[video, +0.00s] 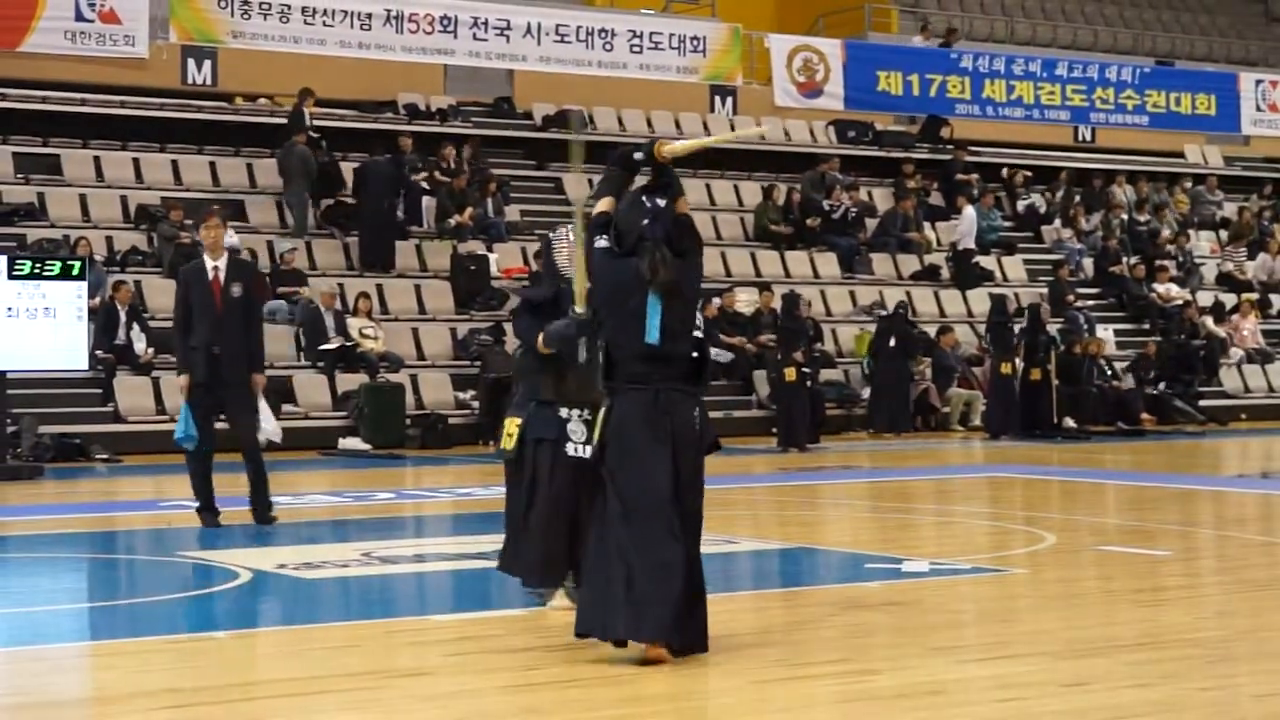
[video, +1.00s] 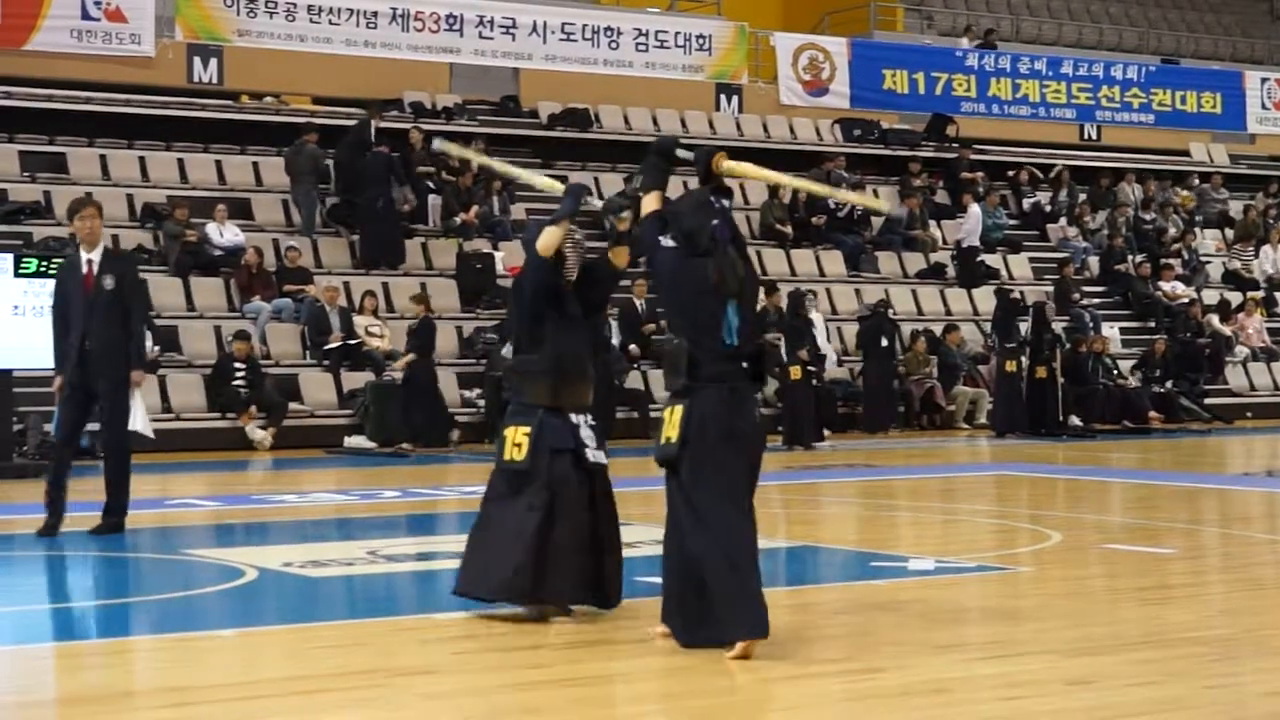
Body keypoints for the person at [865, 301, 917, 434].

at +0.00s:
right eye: (905, 312)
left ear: (893, 311)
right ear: (906, 313)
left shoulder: (883, 326)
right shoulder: (907, 329)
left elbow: (873, 348)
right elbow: (912, 351)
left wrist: (877, 362)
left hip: (882, 368)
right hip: (900, 369)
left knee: (880, 398)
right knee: (899, 398)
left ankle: (878, 426)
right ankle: (899, 426)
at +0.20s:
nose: (896, 314)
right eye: (898, 311)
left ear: (888, 310)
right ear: (901, 312)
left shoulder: (877, 326)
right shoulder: (902, 327)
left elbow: (870, 350)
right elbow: (906, 351)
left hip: (879, 368)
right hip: (896, 368)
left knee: (879, 398)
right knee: (898, 398)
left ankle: (878, 427)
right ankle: (899, 426)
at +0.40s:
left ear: (877, 311)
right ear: (892, 312)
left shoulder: (870, 327)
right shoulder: (895, 328)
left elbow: (864, 349)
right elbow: (901, 349)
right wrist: (893, 356)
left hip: (874, 368)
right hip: (893, 367)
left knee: (876, 398)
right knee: (895, 397)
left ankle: (877, 426)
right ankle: (895, 425)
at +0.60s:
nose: (883, 313)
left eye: (882, 309)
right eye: (884, 310)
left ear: (873, 310)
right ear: (888, 311)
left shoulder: (866, 325)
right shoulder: (891, 325)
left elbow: (860, 346)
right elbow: (896, 347)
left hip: (870, 367)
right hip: (887, 367)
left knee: (873, 396)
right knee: (887, 396)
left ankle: (874, 425)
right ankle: (886, 425)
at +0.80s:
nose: (884, 313)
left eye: (884, 310)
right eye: (885, 310)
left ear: (873, 310)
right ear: (886, 311)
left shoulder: (865, 325)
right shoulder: (891, 325)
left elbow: (860, 346)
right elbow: (899, 348)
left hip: (870, 366)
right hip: (887, 365)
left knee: (871, 395)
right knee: (886, 395)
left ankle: (871, 424)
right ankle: (886, 423)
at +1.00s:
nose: (885, 313)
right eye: (885, 310)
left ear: (873, 309)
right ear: (887, 311)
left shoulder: (866, 325)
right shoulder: (891, 325)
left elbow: (859, 345)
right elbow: (895, 348)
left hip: (870, 366)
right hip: (886, 366)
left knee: (871, 395)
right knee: (885, 394)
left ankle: (871, 424)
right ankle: (884, 423)